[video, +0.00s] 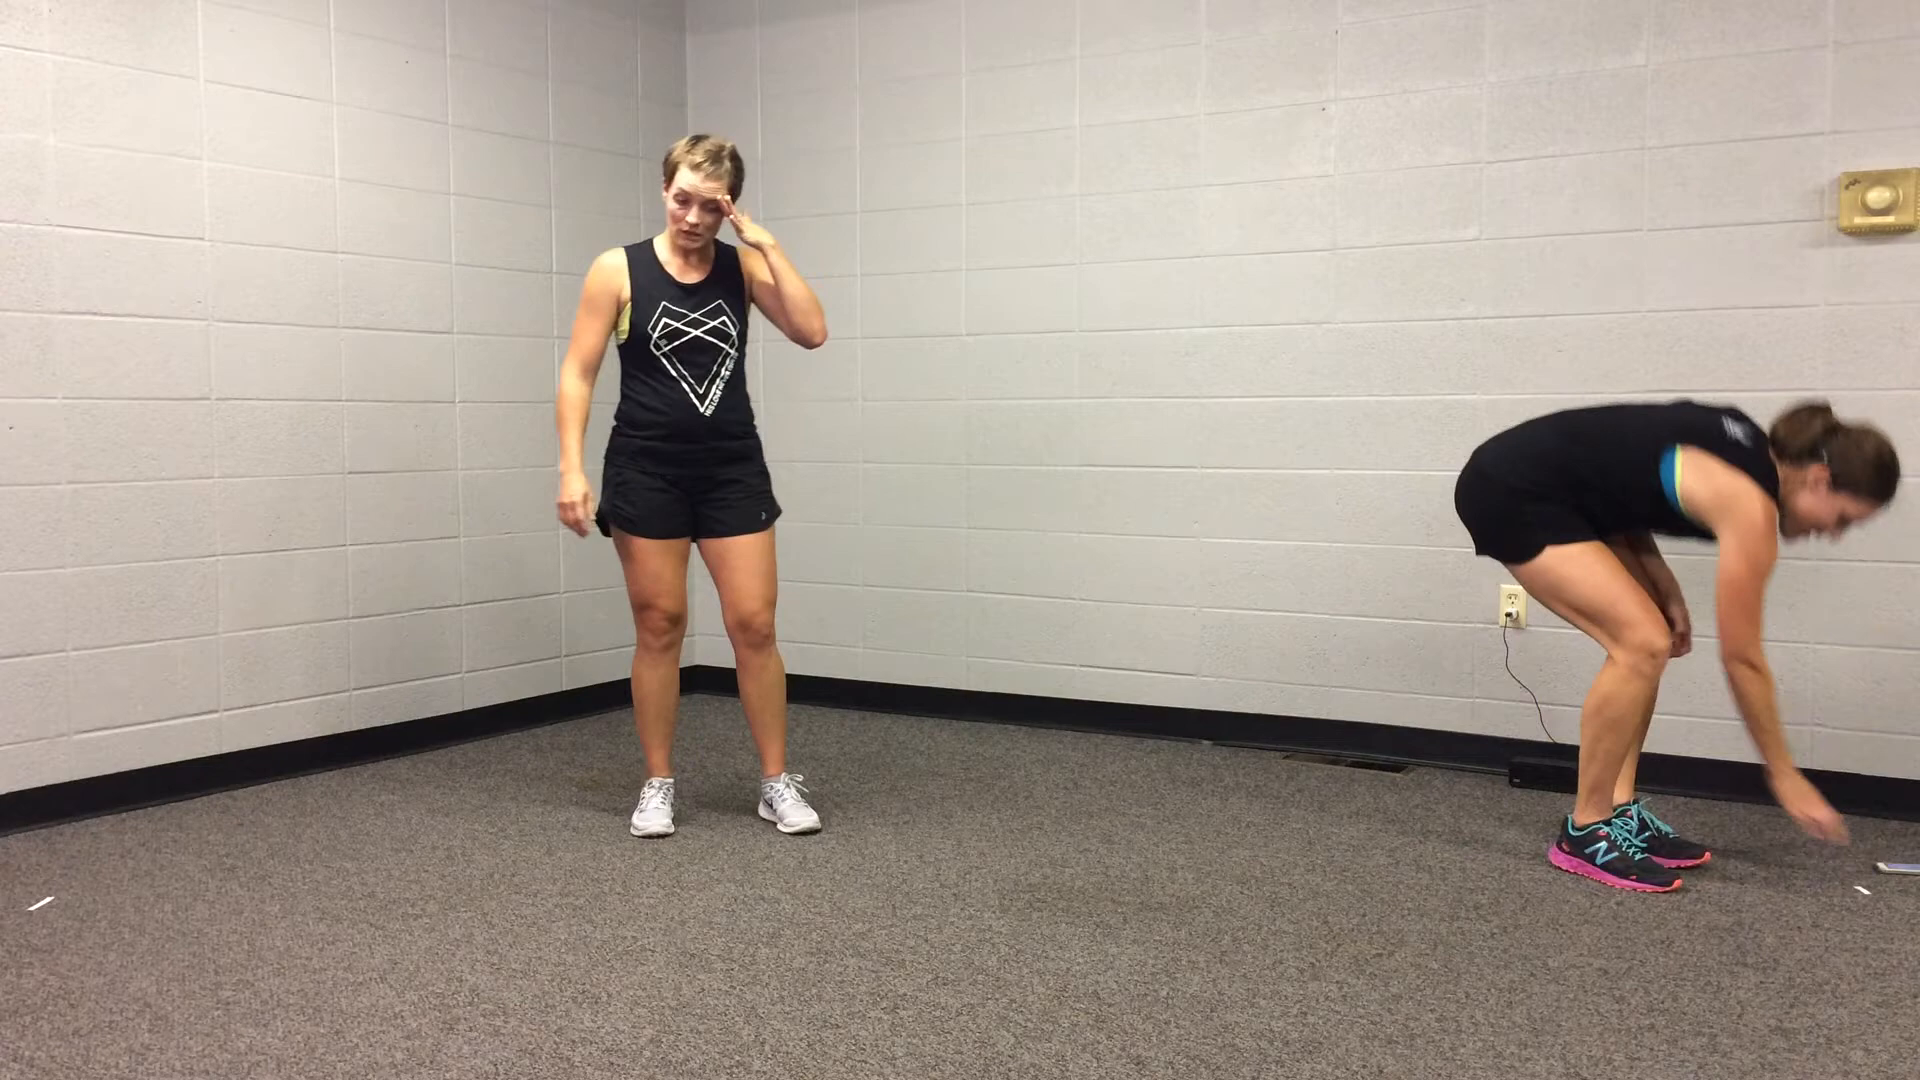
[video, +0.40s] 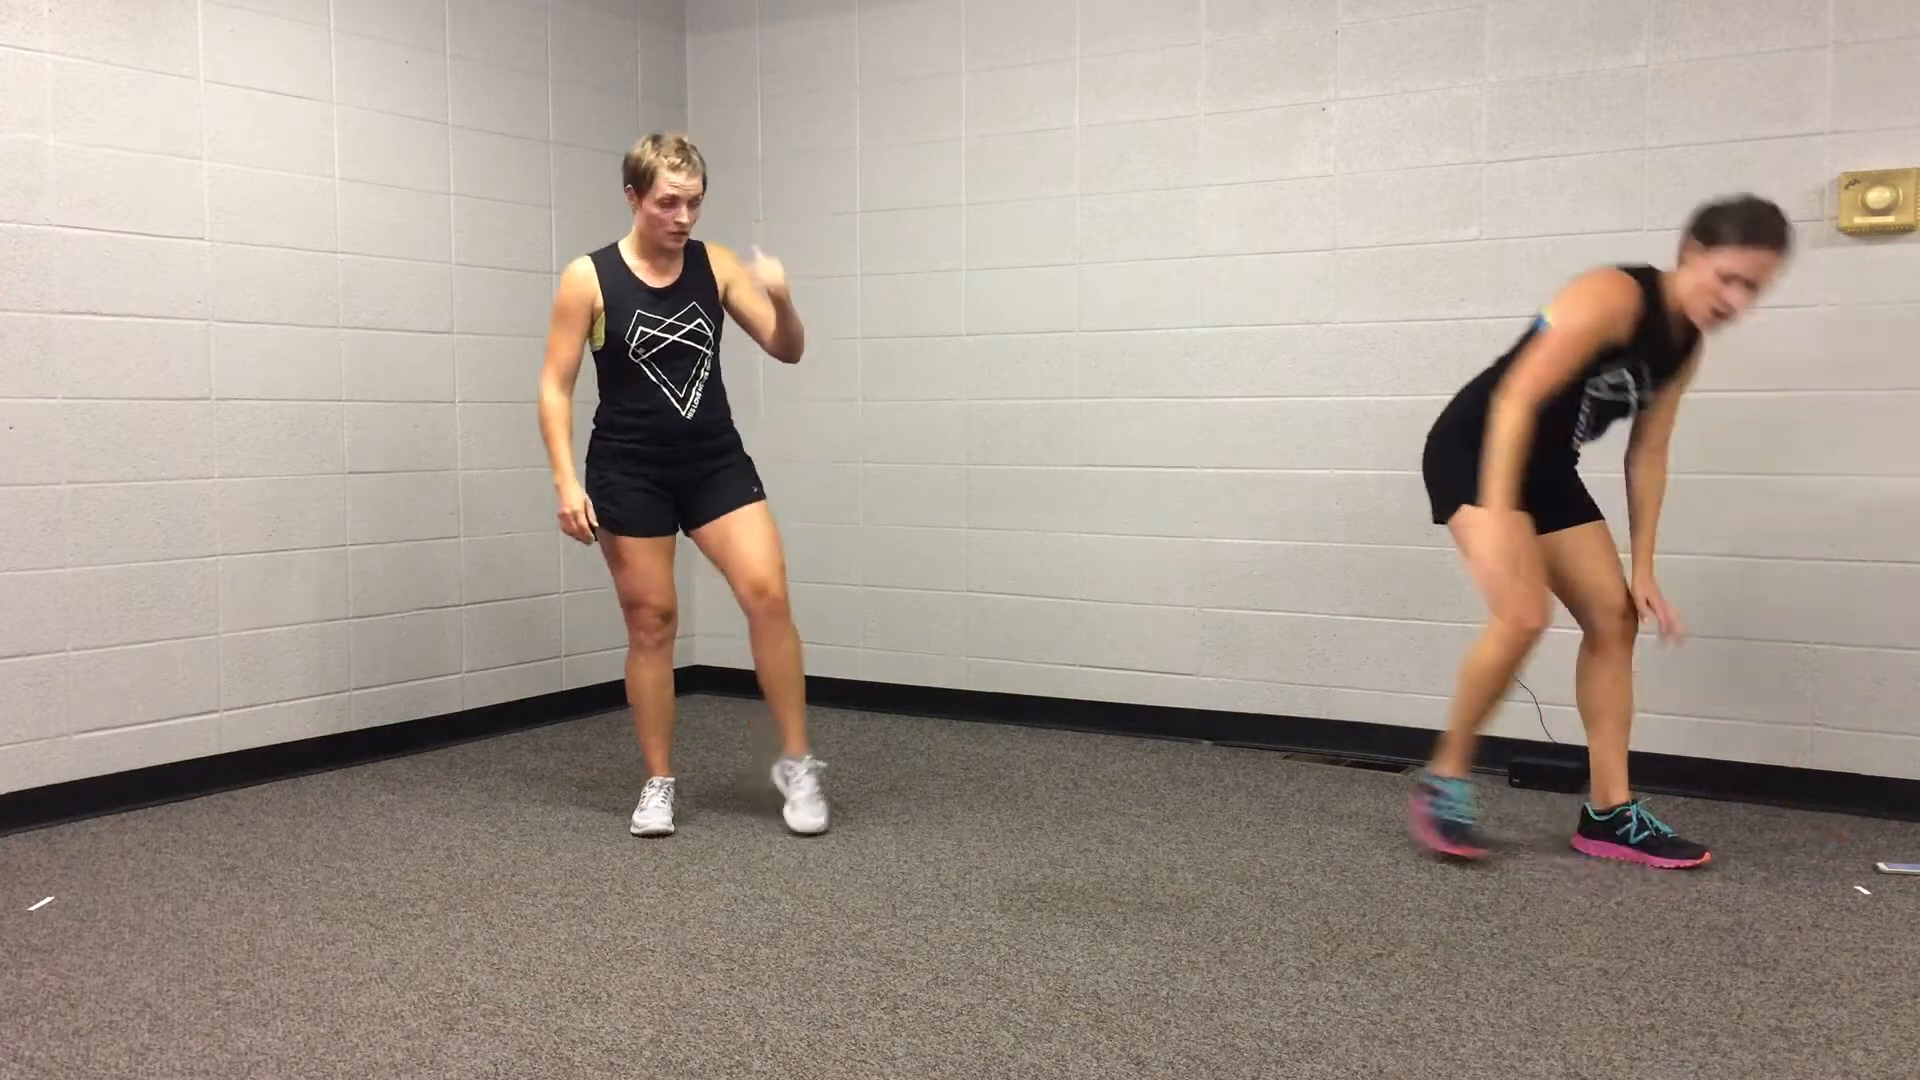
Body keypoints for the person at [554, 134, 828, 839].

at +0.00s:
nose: (694, 213)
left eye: (709, 203)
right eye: (685, 198)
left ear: (728, 209)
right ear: (666, 192)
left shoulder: (743, 269)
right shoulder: (617, 270)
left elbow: (811, 330)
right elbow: (578, 372)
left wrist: (765, 241)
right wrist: (571, 470)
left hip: (731, 469)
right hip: (646, 472)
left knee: (755, 624)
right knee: (659, 623)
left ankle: (776, 780)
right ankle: (658, 781)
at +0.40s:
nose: (681, 215)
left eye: (692, 201)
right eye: (668, 201)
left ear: (702, 200)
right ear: (633, 198)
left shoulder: (719, 267)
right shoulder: (588, 280)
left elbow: (787, 348)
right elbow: (555, 385)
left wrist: (781, 299)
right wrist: (566, 482)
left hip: (713, 460)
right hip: (628, 469)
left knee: (768, 592)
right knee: (651, 619)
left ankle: (798, 763)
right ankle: (659, 779)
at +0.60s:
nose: (682, 210)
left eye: (688, 195)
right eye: (666, 199)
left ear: (693, 194)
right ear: (629, 201)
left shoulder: (713, 267)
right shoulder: (583, 282)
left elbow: (758, 351)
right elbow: (559, 386)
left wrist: (796, 426)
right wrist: (568, 488)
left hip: (716, 461)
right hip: (631, 471)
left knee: (765, 603)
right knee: (651, 622)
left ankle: (838, 747)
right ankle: (657, 779)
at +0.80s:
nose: (689, 206)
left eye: (694, 191)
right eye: (672, 196)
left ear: (701, 191)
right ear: (636, 202)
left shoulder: (727, 270)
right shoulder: (594, 282)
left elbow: (765, 360)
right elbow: (564, 380)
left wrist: (784, 449)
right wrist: (564, 481)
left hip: (726, 465)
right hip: (638, 472)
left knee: (751, 613)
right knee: (654, 619)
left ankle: (765, 758)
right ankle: (657, 779)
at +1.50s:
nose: (706, 214)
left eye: (719, 200)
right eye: (691, 202)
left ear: (738, 209)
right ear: (674, 210)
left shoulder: (761, 285)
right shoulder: (643, 252)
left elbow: (786, 373)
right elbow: (545, 232)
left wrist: (774, 274)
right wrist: (439, 252)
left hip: (724, 468)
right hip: (641, 465)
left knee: (729, 617)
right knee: (646, 615)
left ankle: (744, 764)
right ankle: (642, 776)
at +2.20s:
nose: (686, 223)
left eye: (692, 213)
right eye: (671, 213)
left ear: (698, 220)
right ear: (637, 222)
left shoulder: (707, 282)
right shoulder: (602, 288)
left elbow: (802, 246)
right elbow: (673, 254)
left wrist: (847, 160)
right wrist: (752, 164)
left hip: (758, 476)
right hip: (674, 493)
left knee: (796, 630)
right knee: (668, 660)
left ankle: (830, 803)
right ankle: (639, 782)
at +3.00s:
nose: (674, 246)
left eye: (688, 232)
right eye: (661, 229)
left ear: (704, 229)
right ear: (634, 219)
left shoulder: (718, 299)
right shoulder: (588, 295)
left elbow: (764, 384)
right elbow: (586, 406)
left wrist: (842, 423)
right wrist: (673, 463)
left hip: (688, 489)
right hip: (601, 489)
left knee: (764, 628)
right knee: (574, 643)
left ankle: (813, 796)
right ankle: (547, 810)